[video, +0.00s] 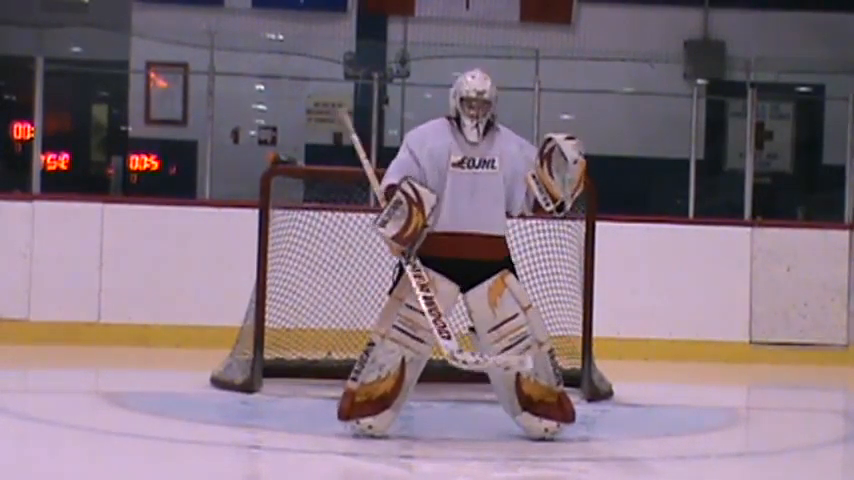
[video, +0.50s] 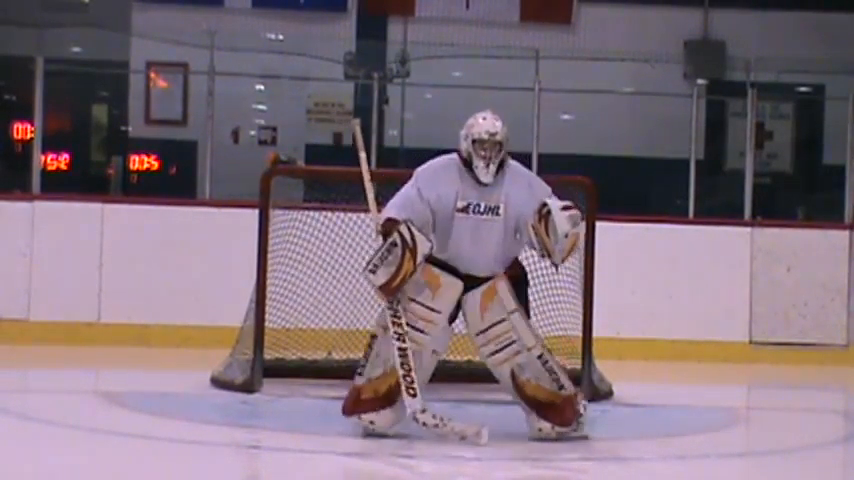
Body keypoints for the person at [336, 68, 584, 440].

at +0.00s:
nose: (475, 110)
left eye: (481, 103)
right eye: (468, 103)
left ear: (492, 104)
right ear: (454, 102)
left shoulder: (511, 146)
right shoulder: (425, 140)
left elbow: (531, 201)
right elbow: (393, 186)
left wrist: (556, 176)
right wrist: (399, 208)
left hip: (490, 259)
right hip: (433, 258)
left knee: (516, 336)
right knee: (402, 334)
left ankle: (541, 417)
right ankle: (373, 415)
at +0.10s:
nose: (477, 119)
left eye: (484, 112)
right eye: (470, 111)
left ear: (495, 113)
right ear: (457, 109)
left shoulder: (513, 152)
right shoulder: (426, 146)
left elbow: (529, 205)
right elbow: (390, 191)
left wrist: (553, 176)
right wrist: (394, 221)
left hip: (489, 268)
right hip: (431, 265)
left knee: (522, 342)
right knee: (406, 342)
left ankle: (544, 420)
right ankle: (377, 417)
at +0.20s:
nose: (477, 131)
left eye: (484, 124)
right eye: (470, 123)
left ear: (495, 125)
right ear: (456, 121)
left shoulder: (511, 161)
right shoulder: (426, 155)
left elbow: (527, 210)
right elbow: (389, 200)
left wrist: (550, 188)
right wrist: (391, 231)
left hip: (488, 272)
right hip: (432, 268)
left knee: (517, 343)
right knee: (415, 344)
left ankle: (535, 418)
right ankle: (383, 416)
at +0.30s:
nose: (479, 142)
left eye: (486, 135)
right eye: (472, 134)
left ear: (496, 136)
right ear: (457, 132)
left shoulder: (510, 169)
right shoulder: (429, 164)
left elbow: (536, 214)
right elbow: (392, 207)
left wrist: (551, 205)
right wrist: (391, 243)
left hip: (489, 276)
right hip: (433, 272)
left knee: (516, 346)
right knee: (412, 345)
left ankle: (534, 420)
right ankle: (380, 414)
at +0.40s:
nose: (483, 148)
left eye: (490, 141)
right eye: (476, 140)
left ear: (500, 142)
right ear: (461, 139)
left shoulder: (515, 175)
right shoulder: (432, 171)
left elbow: (542, 220)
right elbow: (396, 212)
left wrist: (555, 214)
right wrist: (391, 241)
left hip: (492, 278)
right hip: (435, 274)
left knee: (518, 348)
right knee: (410, 345)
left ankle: (542, 420)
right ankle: (375, 413)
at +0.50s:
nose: (487, 153)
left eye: (494, 146)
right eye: (480, 146)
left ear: (503, 147)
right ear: (465, 146)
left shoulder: (521, 183)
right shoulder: (437, 175)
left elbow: (549, 225)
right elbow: (400, 213)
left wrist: (561, 225)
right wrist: (397, 241)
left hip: (496, 281)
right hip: (437, 274)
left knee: (519, 347)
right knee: (404, 338)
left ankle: (554, 416)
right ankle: (376, 412)